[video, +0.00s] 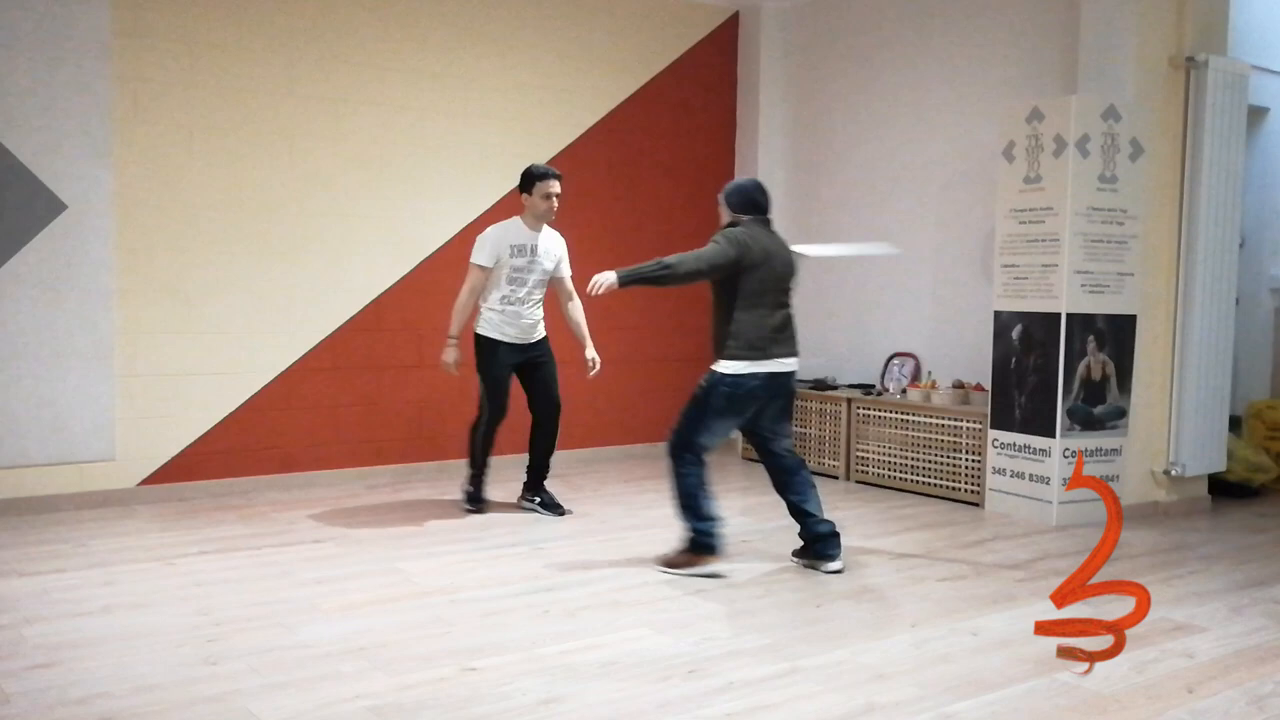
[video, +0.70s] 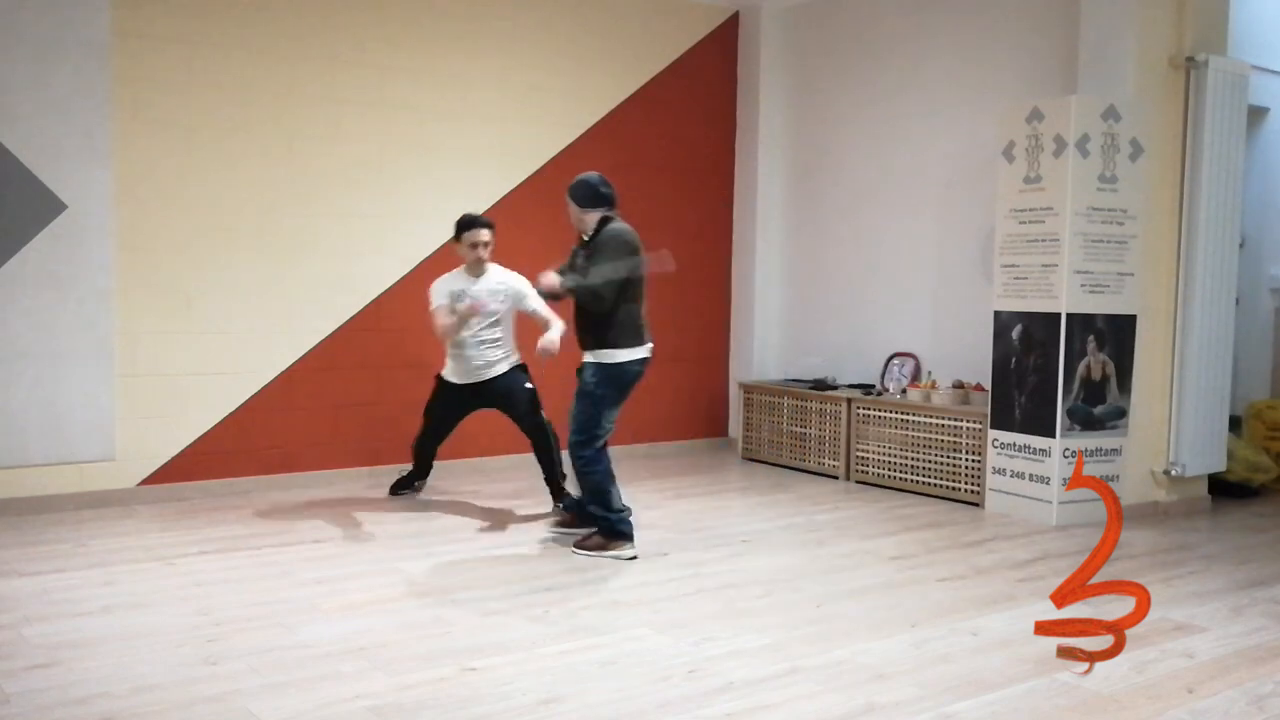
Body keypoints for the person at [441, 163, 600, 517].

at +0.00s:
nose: (555, 203)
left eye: (558, 196)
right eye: (548, 196)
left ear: (558, 198)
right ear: (525, 197)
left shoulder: (555, 242)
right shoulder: (495, 236)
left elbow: (570, 298)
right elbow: (470, 290)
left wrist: (588, 344)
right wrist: (451, 341)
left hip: (534, 339)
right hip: (494, 338)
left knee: (549, 408)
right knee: (493, 411)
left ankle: (534, 488)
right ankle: (475, 486)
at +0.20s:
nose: (542, 207)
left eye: (545, 200)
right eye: (534, 200)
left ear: (546, 202)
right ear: (512, 201)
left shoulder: (547, 247)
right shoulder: (483, 242)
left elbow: (562, 302)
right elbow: (460, 293)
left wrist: (581, 348)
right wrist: (440, 345)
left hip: (527, 346)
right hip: (483, 345)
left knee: (547, 408)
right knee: (465, 412)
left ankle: (534, 488)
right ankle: (440, 472)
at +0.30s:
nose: (513, 207)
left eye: (517, 200)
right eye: (505, 201)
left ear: (520, 202)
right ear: (486, 202)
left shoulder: (530, 245)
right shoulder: (464, 244)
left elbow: (546, 299)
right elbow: (442, 300)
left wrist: (563, 347)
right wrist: (433, 349)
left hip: (517, 345)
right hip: (471, 347)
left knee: (542, 406)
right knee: (443, 409)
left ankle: (533, 485)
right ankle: (415, 468)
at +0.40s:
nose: (480, 223)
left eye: (484, 216)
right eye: (472, 217)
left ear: (489, 216)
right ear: (455, 218)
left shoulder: (507, 254)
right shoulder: (440, 263)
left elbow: (526, 310)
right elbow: (427, 318)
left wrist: (543, 356)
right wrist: (429, 360)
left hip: (503, 354)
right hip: (457, 359)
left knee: (537, 400)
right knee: (432, 422)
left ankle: (519, 475)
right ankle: (414, 471)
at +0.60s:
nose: (463, 257)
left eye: (467, 249)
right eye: (455, 250)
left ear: (472, 249)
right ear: (439, 251)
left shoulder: (491, 284)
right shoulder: (425, 294)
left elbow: (524, 329)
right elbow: (424, 340)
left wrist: (543, 357)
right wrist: (441, 353)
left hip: (494, 375)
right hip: (447, 382)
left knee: (526, 414)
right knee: (421, 440)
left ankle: (537, 490)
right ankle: (417, 475)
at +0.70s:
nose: (481, 253)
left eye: (486, 246)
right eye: (473, 246)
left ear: (493, 246)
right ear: (457, 247)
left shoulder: (511, 282)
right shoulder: (443, 286)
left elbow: (554, 321)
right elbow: (442, 332)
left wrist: (553, 334)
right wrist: (463, 316)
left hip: (504, 374)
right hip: (457, 381)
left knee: (538, 427)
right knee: (428, 437)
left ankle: (558, 490)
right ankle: (418, 476)